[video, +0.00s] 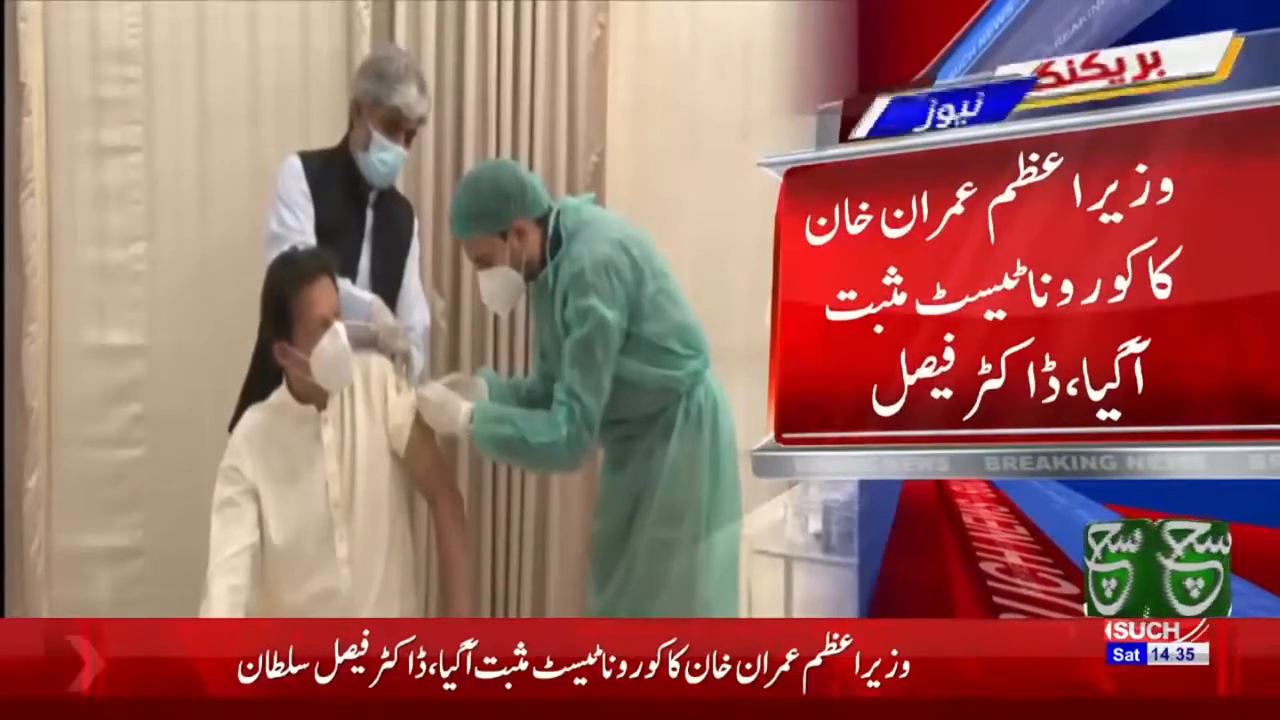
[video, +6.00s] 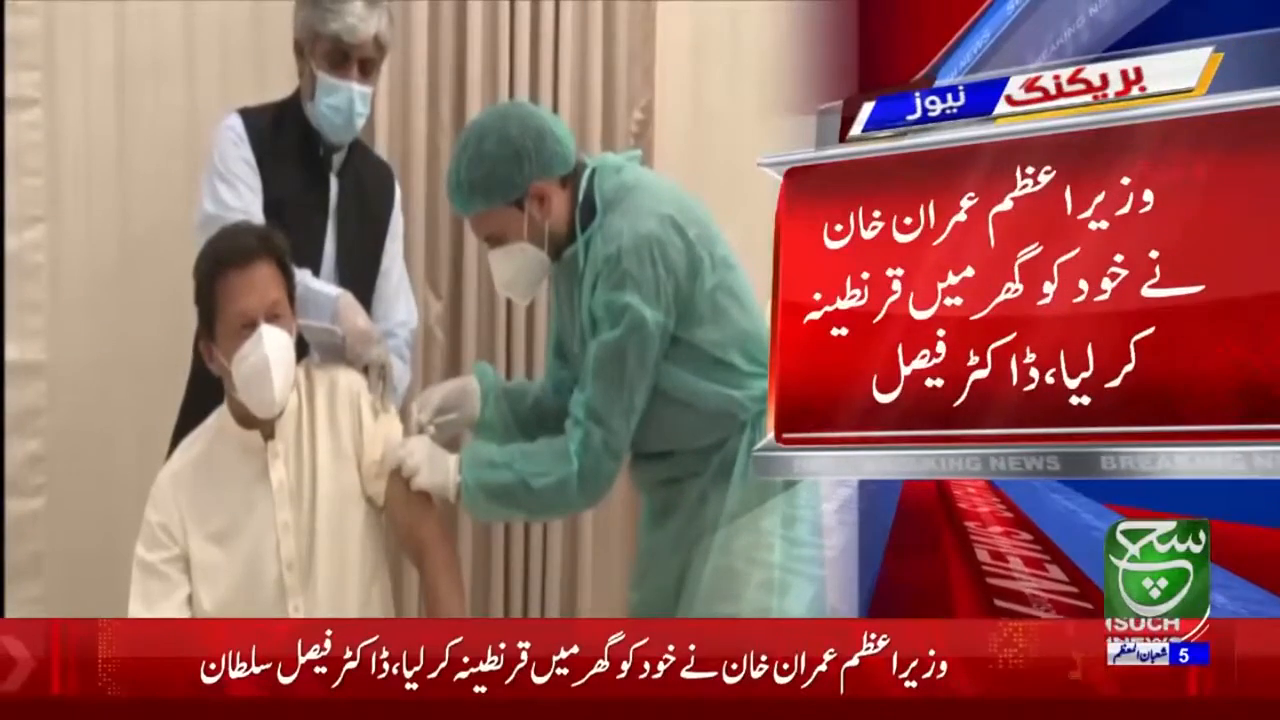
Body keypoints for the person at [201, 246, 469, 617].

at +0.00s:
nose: (339, 336)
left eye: (339, 320)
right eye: (322, 328)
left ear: (349, 318)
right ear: (284, 351)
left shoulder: (376, 380)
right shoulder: (253, 436)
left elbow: (444, 496)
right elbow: (229, 572)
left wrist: (460, 614)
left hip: (390, 621)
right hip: (293, 636)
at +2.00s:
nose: (337, 339)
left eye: (338, 322)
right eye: (320, 330)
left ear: (346, 319)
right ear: (281, 351)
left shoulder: (375, 381)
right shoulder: (253, 437)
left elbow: (442, 494)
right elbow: (230, 569)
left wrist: (459, 616)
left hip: (390, 618)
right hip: (294, 632)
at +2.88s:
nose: (337, 336)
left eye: (338, 318)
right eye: (319, 326)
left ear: (347, 316)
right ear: (281, 346)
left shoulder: (375, 381)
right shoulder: (253, 434)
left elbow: (442, 496)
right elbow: (227, 570)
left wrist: (458, 615)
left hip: (389, 618)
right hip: (293, 633)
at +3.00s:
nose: (260, 323)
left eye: (270, 303)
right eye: (238, 312)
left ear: (289, 310)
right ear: (208, 343)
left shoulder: (341, 386)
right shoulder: (178, 472)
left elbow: (431, 526)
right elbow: (153, 624)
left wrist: (457, 642)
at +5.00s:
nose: (265, 335)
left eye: (275, 313)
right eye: (244, 322)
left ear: (295, 316)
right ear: (212, 349)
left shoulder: (345, 394)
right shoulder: (179, 484)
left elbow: (431, 538)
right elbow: (159, 639)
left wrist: (454, 647)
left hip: (364, 674)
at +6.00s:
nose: (267, 339)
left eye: (276, 318)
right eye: (246, 328)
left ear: (295, 319)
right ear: (212, 354)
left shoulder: (344, 399)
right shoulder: (180, 486)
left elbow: (428, 538)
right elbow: (158, 639)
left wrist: (453, 646)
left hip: (364, 674)